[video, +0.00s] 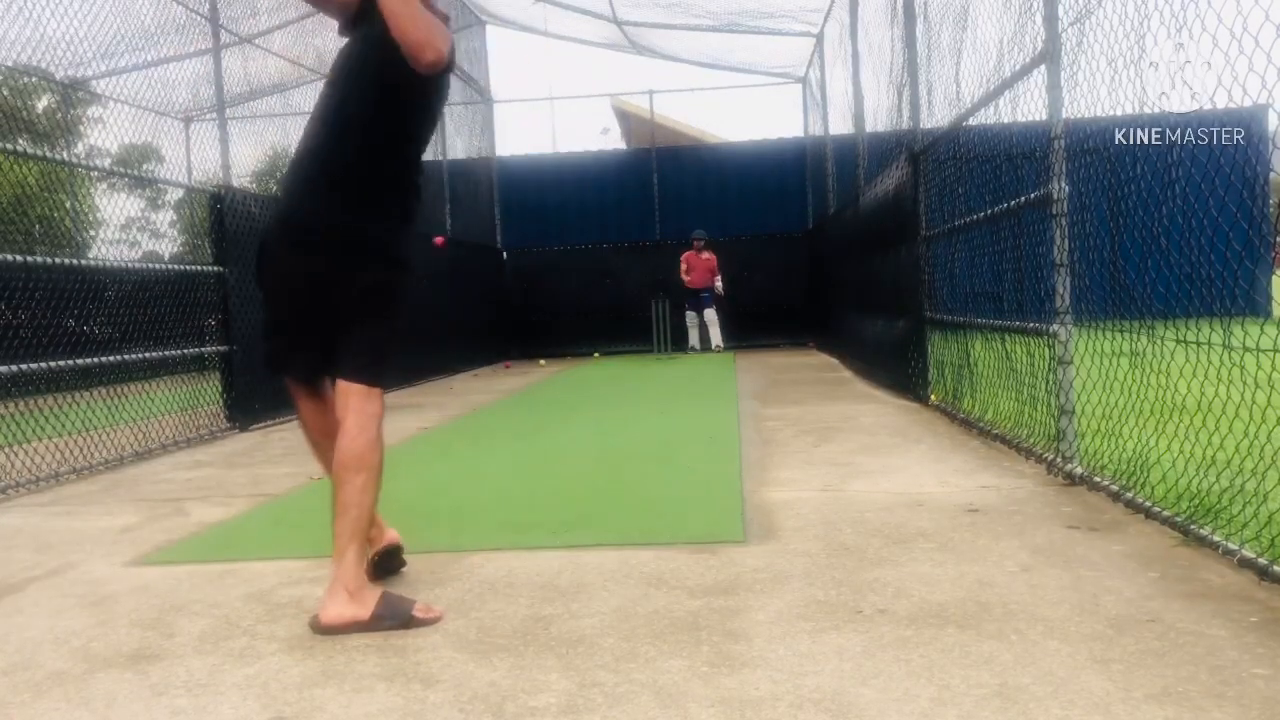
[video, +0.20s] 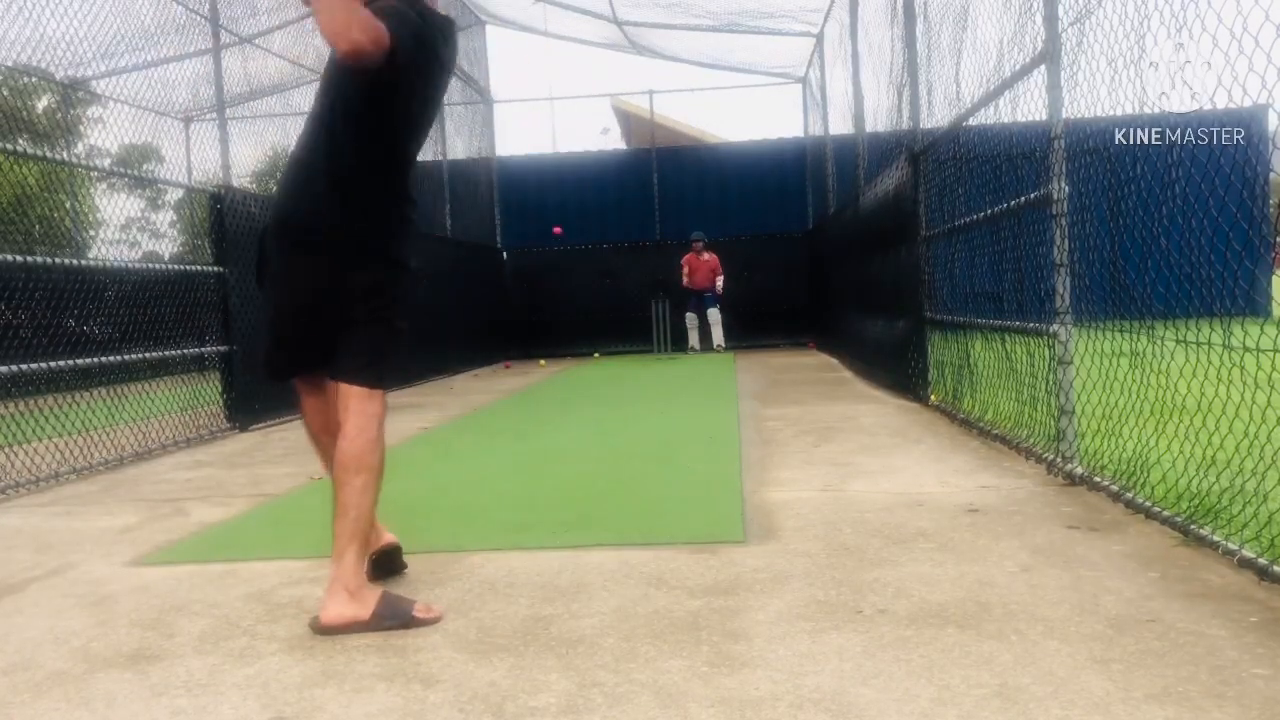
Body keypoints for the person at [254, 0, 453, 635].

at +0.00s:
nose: (319, 6)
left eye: (327, 1)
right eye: (323, 4)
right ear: (358, 0)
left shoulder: (420, 30)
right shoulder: (368, 36)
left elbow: (432, 50)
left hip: (364, 241)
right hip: (312, 240)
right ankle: (348, 588)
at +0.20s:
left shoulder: (410, 20)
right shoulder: (427, 27)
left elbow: (356, 38)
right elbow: (352, 37)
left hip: (312, 229)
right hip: (368, 232)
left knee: (313, 384)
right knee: (362, 399)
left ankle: (369, 533)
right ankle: (346, 592)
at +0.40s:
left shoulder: (362, 22)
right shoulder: (445, 37)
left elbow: (258, 77)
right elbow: (326, 56)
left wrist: (220, 30)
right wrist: (273, 8)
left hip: (321, 236)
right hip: (398, 238)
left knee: (338, 390)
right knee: (375, 402)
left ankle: (377, 535)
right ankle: (348, 590)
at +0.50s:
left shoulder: (332, 19)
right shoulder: (448, 35)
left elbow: (241, 117)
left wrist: (209, 102)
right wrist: (280, 60)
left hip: (320, 236)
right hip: (402, 238)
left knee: (343, 386)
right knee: (380, 405)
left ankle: (380, 535)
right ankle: (348, 591)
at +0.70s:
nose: (481, 55)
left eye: (483, 41)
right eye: (479, 38)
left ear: (440, 29)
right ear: (453, 32)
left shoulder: (425, 105)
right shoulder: (380, 59)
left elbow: (391, 199)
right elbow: (307, 139)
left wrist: (429, 236)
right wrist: (422, 177)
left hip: (337, 257)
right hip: (299, 255)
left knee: (418, 377)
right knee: (396, 403)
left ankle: (385, 546)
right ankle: (331, 604)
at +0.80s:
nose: (475, 58)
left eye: (474, 46)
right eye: (475, 44)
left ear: (421, 34)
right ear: (461, 42)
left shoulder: (406, 100)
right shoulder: (386, 78)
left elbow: (438, 205)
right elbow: (378, 179)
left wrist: (503, 206)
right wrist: (483, 146)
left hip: (321, 267)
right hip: (307, 270)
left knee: (398, 395)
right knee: (415, 426)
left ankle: (386, 549)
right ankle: (330, 605)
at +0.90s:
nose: (454, 48)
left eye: (453, 36)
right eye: (455, 38)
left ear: (389, 22)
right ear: (444, 40)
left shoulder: (332, 55)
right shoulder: (422, 102)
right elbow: (448, 219)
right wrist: (489, 164)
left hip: (273, 269)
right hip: (342, 280)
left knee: (373, 410)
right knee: (426, 441)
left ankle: (386, 548)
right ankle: (332, 608)